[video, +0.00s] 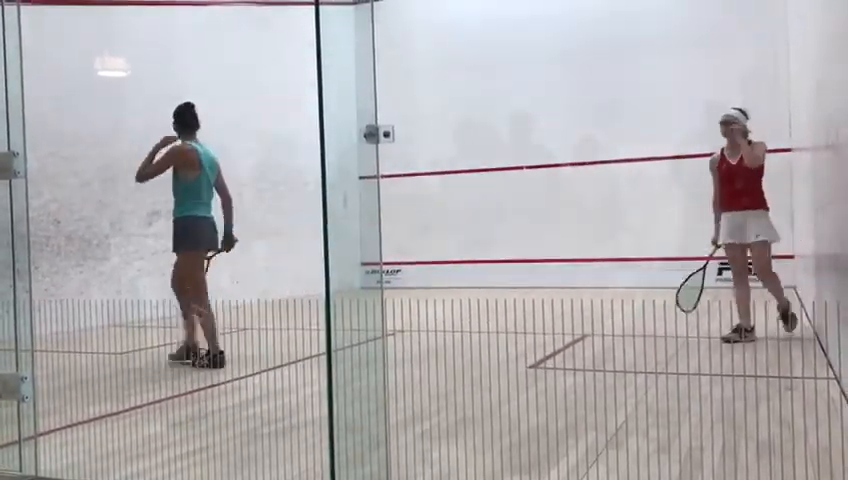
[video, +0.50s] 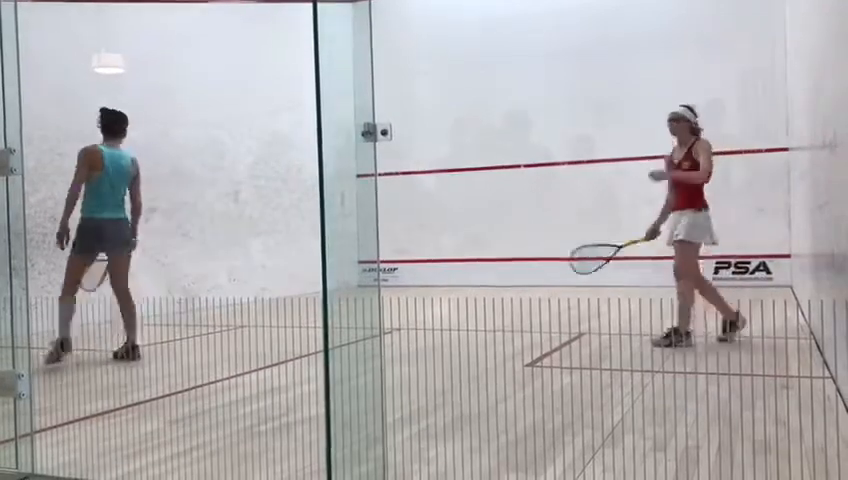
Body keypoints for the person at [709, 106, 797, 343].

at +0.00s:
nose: (726, 128)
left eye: (731, 124)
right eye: (724, 124)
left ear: (743, 127)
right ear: (721, 129)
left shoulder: (757, 147)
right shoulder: (717, 159)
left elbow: (753, 162)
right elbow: (717, 197)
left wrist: (740, 138)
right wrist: (716, 231)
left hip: (756, 217)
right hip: (730, 219)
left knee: (763, 271)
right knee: (739, 275)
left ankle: (784, 306)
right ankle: (745, 325)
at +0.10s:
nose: (721, 127)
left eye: (726, 123)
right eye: (717, 123)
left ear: (736, 126)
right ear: (712, 128)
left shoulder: (749, 147)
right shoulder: (709, 158)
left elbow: (743, 162)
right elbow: (709, 196)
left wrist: (730, 136)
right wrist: (707, 230)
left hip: (745, 215)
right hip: (719, 217)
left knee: (744, 269)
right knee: (733, 273)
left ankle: (769, 306)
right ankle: (744, 325)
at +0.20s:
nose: (710, 127)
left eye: (715, 122)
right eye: (707, 124)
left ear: (727, 125)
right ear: (704, 129)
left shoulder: (740, 146)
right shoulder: (700, 158)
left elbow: (731, 163)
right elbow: (700, 194)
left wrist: (718, 140)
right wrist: (695, 228)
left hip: (733, 213)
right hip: (709, 215)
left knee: (725, 264)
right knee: (724, 270)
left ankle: (744, 322)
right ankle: (740, 322)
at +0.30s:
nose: (695, 128)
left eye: (700, 124)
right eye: (694, 124)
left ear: (714, 127)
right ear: (695, 129)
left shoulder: (729, 147)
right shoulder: (692, 158)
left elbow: (718, 165)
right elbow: (690, 195)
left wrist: (703, 146)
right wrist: (683, 228)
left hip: (722, 215)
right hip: (700, 217)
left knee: (714, 271)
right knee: (719, 272)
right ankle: (742, 324)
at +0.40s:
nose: (686, 127)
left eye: (691, 123)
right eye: (684, 123)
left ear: (704, 126)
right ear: (682, 128)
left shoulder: (716, 147)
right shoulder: (681, 159)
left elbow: (711, 170)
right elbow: (680, 196)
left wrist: (687, 151)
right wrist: (670, 228)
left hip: (709, 217)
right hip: (689, 219)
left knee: (698, 273)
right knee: (712, 274)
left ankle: (687, 329)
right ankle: (739, 323)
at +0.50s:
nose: (673, 127)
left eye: (678, 122)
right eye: (671, 123)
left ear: (691, 124)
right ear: (670, 127)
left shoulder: (701, 146)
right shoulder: (672, 156)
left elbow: (703, 176)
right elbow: (672, 196)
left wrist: (669, 174)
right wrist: (658, 224)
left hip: (694, 216)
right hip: (678, 217)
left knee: (682, 271)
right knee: (692, 276)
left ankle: (682, 330)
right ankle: (731, 316)